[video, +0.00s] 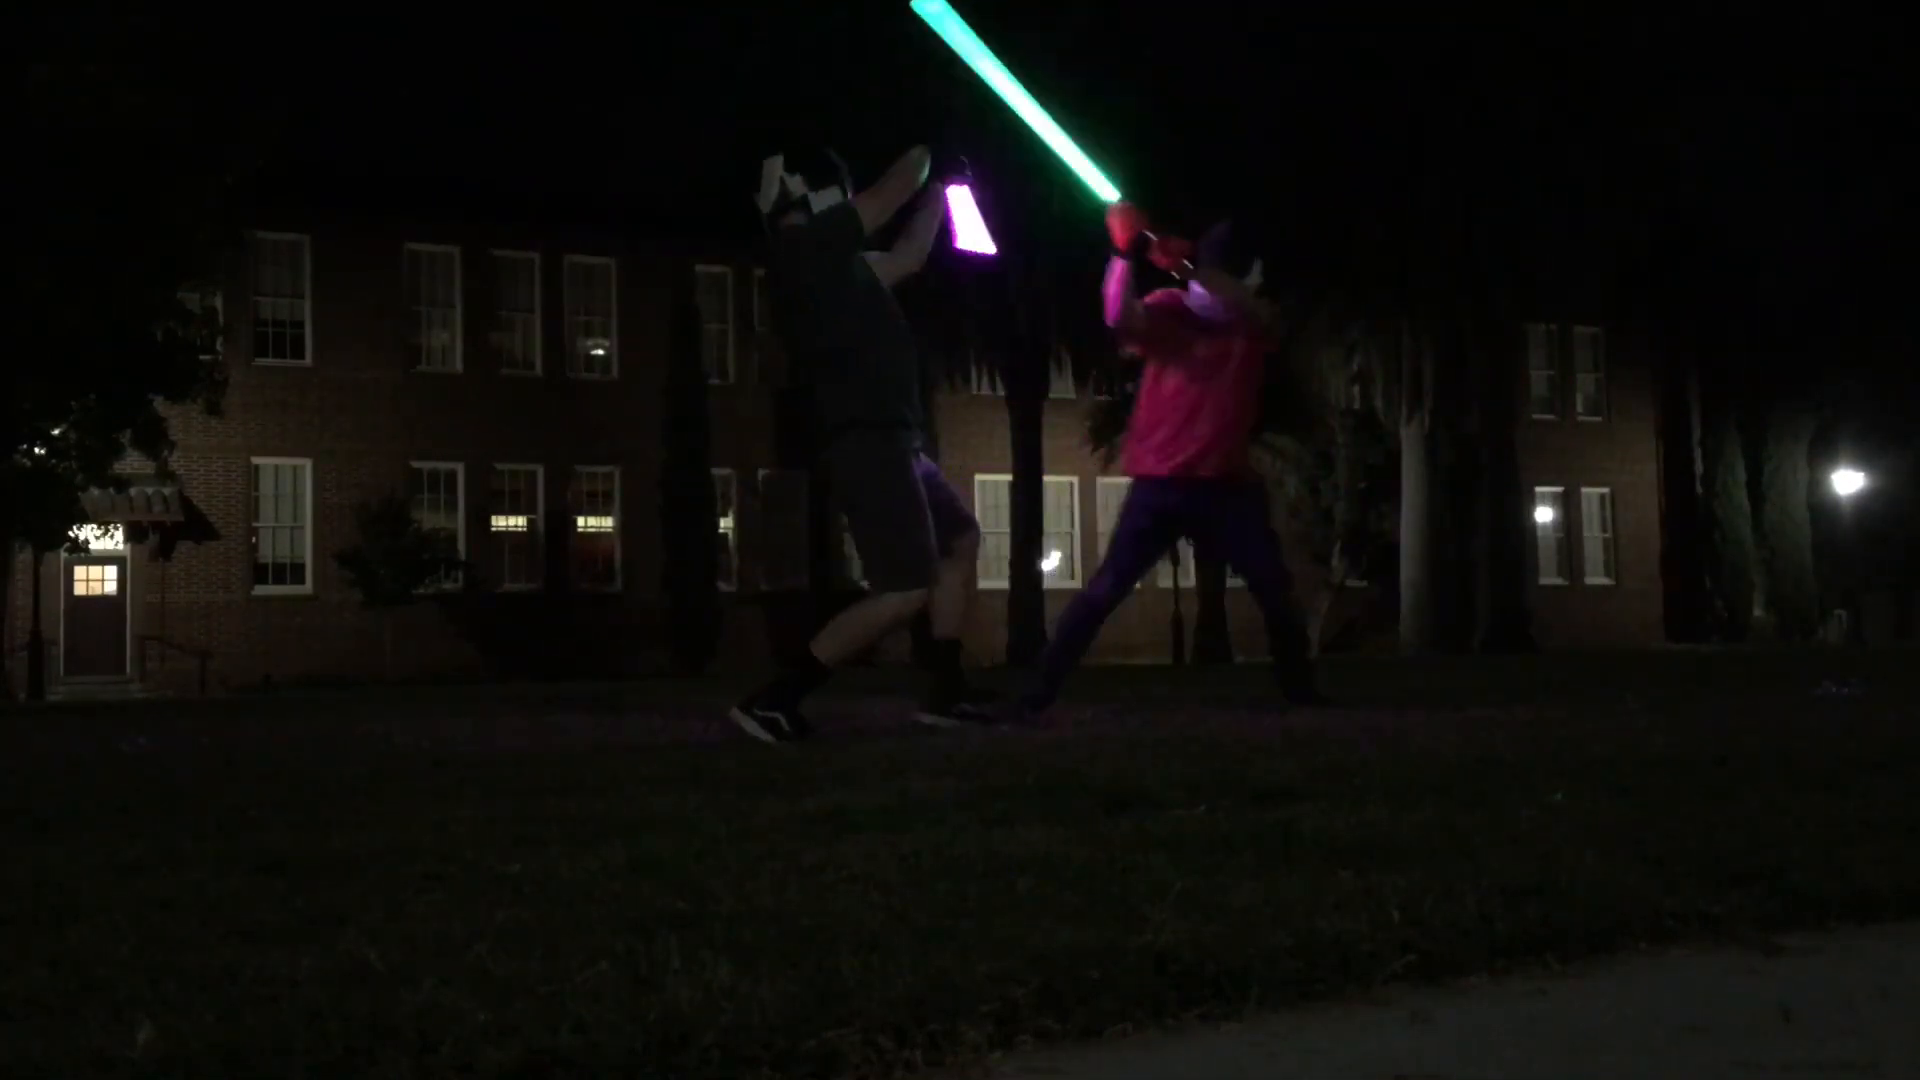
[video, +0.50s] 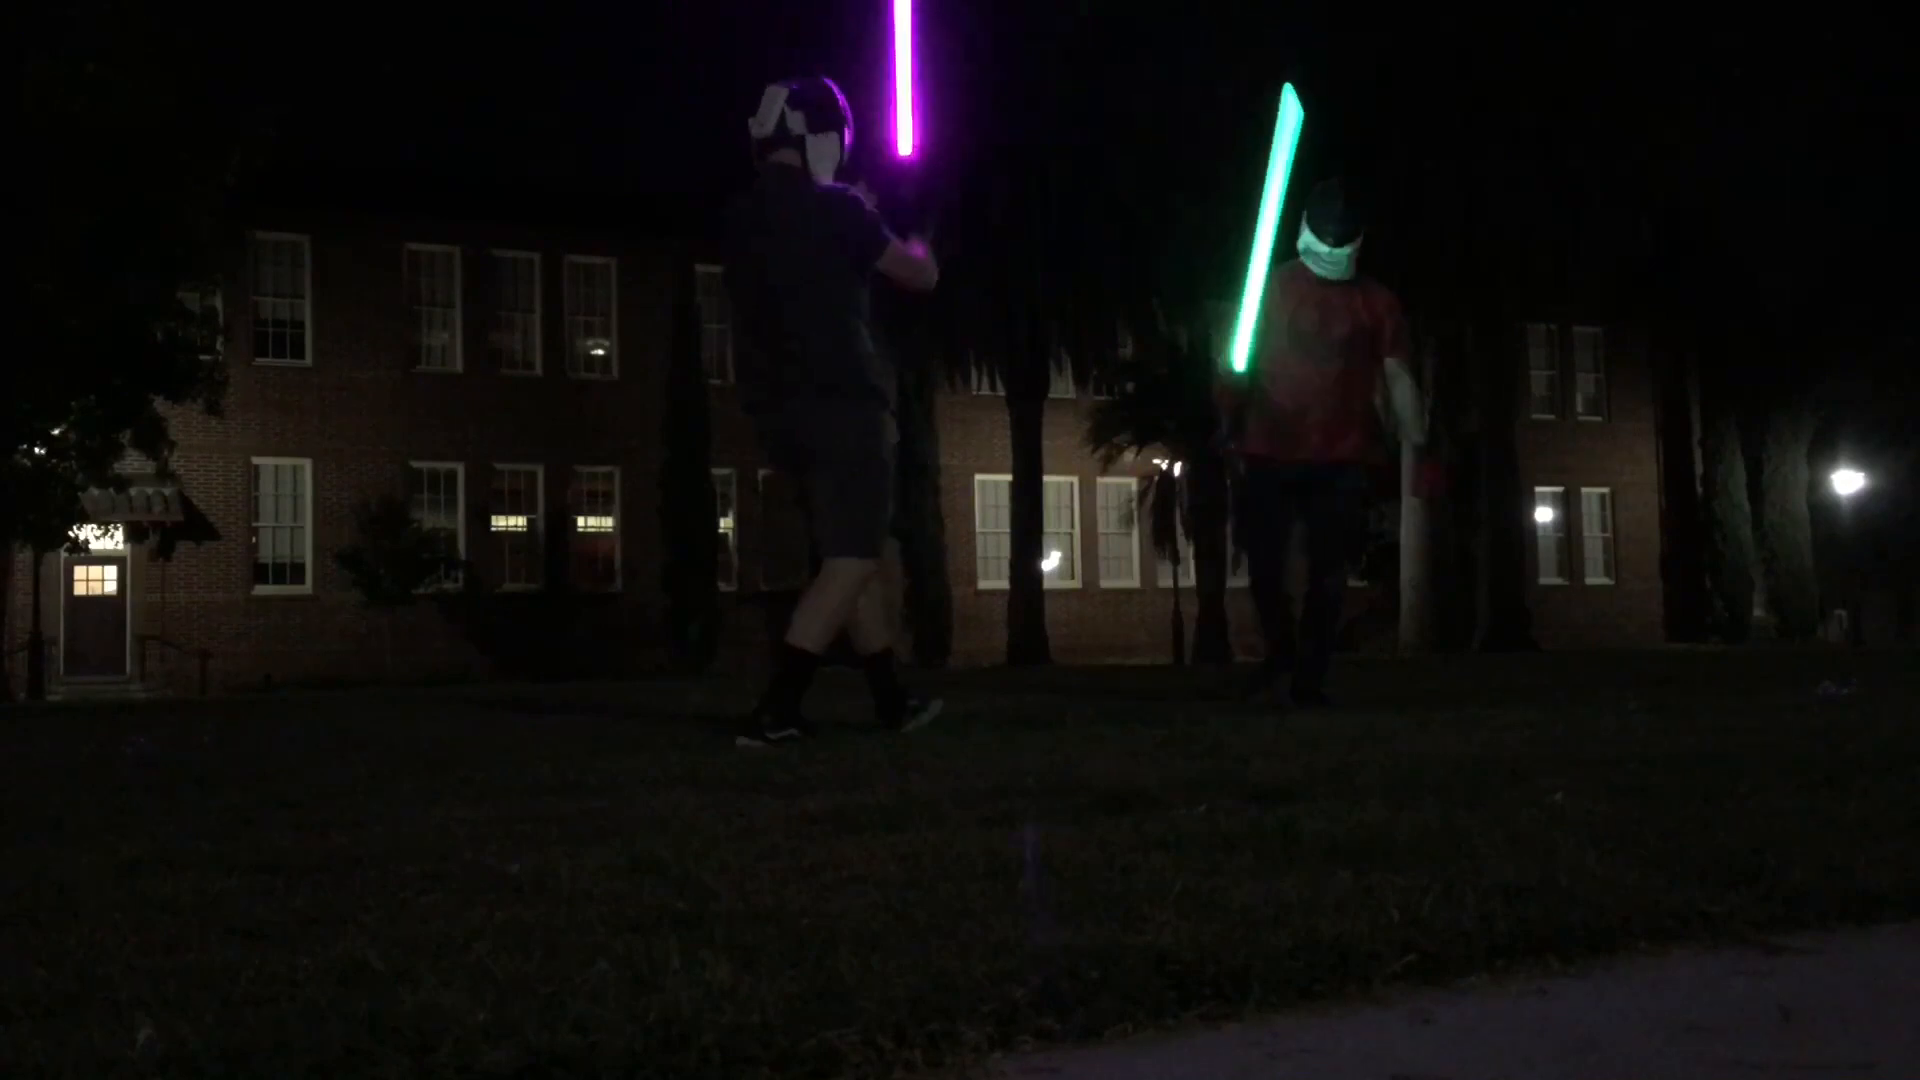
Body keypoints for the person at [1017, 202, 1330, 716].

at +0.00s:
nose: (1209, 287)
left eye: (1224, 278)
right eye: (1205, 281)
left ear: (1242, 278)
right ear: (1196, 280)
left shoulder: (1253, 322)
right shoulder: (1168, 311)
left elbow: (1243, 306)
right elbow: (1118, 316)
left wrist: (1191, 266)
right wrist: (1124, 253)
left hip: (1225, 482)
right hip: (1160, 483)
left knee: (1274, 591)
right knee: (1105, 592)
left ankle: (1300, 694)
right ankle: (1036, 694)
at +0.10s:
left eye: (1269, 279)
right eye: (1252, 277)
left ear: (1278, 280)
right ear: (1228, 275)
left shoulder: (1283, 320)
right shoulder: (1204, 312)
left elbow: (1307, 334)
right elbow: (1152, 338)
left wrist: (1233, 304)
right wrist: (1166, 274)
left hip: (1260, 484)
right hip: (1194, 483)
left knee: (1298, 595)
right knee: (1139, 585)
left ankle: (1304, 694)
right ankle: (1054, 690)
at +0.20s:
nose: (1278, 302)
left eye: (1290, 295)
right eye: (1268, 293)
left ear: (1306, 284)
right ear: (1252, 279)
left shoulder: (1315, 317)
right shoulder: (1230, 312)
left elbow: (1333, 350)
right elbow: (1183, 349)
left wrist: (1278, 324)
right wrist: (1204, 295)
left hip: (1286, 479)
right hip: (1218, 475)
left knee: (1312, 589)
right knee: (1175, 578)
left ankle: (1304, 688)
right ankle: (1107, 683)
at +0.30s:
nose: (1299, 284)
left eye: (1310, 274)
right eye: (1290, 273)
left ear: (1327, 266)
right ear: (1276, 257)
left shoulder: (1340, 320)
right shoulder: (1242, 302)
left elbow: (1356, 386)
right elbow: (1202, 371)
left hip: (1304, 471)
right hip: (1236, 466)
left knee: (1318, 581)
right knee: (1207, 572)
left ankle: (1306, 685)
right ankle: (1159, 675)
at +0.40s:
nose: (1316, 271)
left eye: (1327, 261)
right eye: (1307, 260)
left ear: (1343, 251)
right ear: (1292, 244)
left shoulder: (1358, 307)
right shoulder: (1256, 291)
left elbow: (1383, 391)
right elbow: (1218, 366)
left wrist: (1374, 442)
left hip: (1322, 464)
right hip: (1249, 461)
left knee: (1324, 579)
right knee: (1225, 572)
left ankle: (1309, 686)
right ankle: (1209, 677)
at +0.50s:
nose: (1334, 251)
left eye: (1344, 241)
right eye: (1325, 239)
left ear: (1357, 240)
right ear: (1307, 233)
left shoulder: (1374, 302)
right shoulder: (1271, 289)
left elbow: (1398, 381)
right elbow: (1232, 366)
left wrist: (1414, 445)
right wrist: (1226, 434)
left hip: (1341, 459)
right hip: (1272, 457)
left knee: (1328, 572)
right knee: (1265, 566)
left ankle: (1314, 676)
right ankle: (1280, 663)